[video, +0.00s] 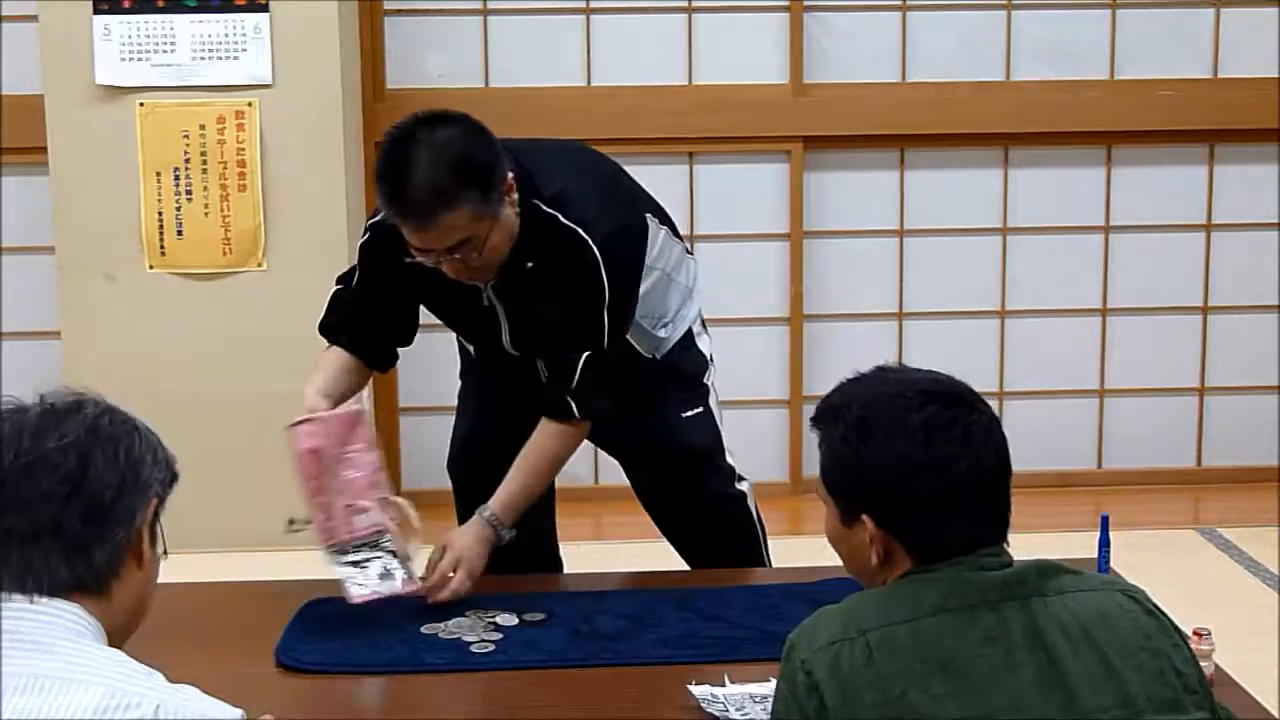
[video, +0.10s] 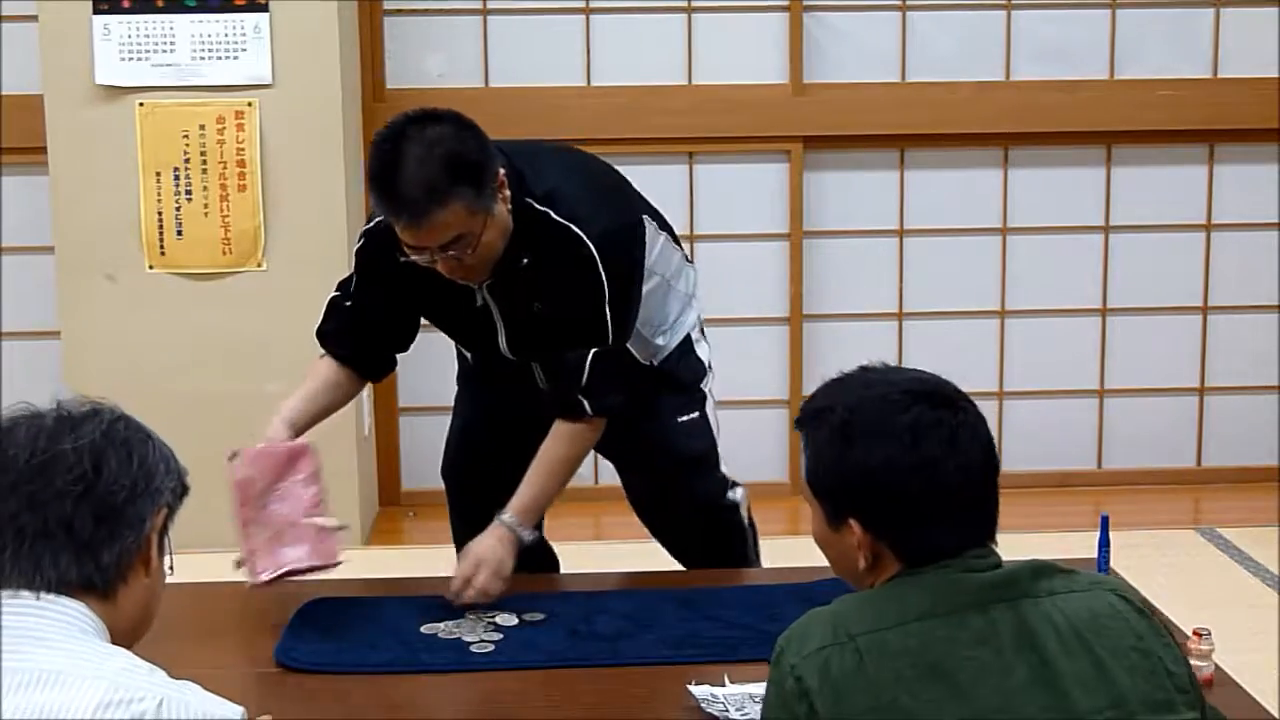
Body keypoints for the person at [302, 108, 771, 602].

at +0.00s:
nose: (450, 267)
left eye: (466, 247)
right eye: (429, 254)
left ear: (508, 194)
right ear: (401, 223)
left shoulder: (588, 229)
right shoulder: (401, 228)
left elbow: (575, 405)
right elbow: (364, 327)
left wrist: (488, 526)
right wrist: (321, 398)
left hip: (634, 342)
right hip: (507, 352)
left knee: (695, 495)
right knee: (481, 481)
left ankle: (759, 629)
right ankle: (525, 647)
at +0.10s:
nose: (445, 266)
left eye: (458, 244)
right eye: (421, 252)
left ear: (500, 191)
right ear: (394, 228)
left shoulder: (584, 232)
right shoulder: (393, 242)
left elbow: (588, 406)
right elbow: (357, 351)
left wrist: (510, 529)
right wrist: (286, 423)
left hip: (636, 352)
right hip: (508, 361)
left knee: (681, 505)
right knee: (475, 491)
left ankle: (747, 613)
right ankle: (530, 653)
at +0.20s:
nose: (437, 260)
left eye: (452, 236)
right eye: (414, 246)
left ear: (493, 185)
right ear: (388, 222)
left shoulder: (581, 232)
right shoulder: (393, 249)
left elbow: (599, 400)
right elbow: (356, 361)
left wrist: (537, 535)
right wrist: (281, 442)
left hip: (637, 364)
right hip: (509, 369)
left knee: (656, 518)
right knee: (471, 502)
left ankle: (710, 555)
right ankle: (516, 667)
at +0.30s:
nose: (434, 257)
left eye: (451, 233)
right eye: (413, 239)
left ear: (497, 187)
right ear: (392, 218)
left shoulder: (586, 242)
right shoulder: (404, 250)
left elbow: (601, 408)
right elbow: (375, 364)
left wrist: (541, 549)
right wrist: (290, 444)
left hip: (632, 392)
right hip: (510, 389)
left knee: (631, 542)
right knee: (464, 502)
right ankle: (491, 664)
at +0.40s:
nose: (451, 256)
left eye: (470, 234)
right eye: (430, 237)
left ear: (516, 190)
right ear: (409, 215)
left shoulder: (599, 257)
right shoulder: (416, 259)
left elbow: (603, 425)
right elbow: (395, 372)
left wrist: (539, 558)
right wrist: (317, 433)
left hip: (634, 422)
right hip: (512, 411)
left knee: (613, 560)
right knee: (449, 513)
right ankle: (481, 677)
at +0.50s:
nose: (465, 256)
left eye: (484, 235)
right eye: (444, 237)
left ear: (531, 194)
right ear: (425, 212)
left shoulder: (607, 263)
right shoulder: (427, 258)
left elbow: (607, 429)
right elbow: (406, 367)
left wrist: (539, 559)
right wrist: (349, 428)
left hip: (633, 441)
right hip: (512, 428)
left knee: (599, 586)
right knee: (440, 522)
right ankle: (485, 693)